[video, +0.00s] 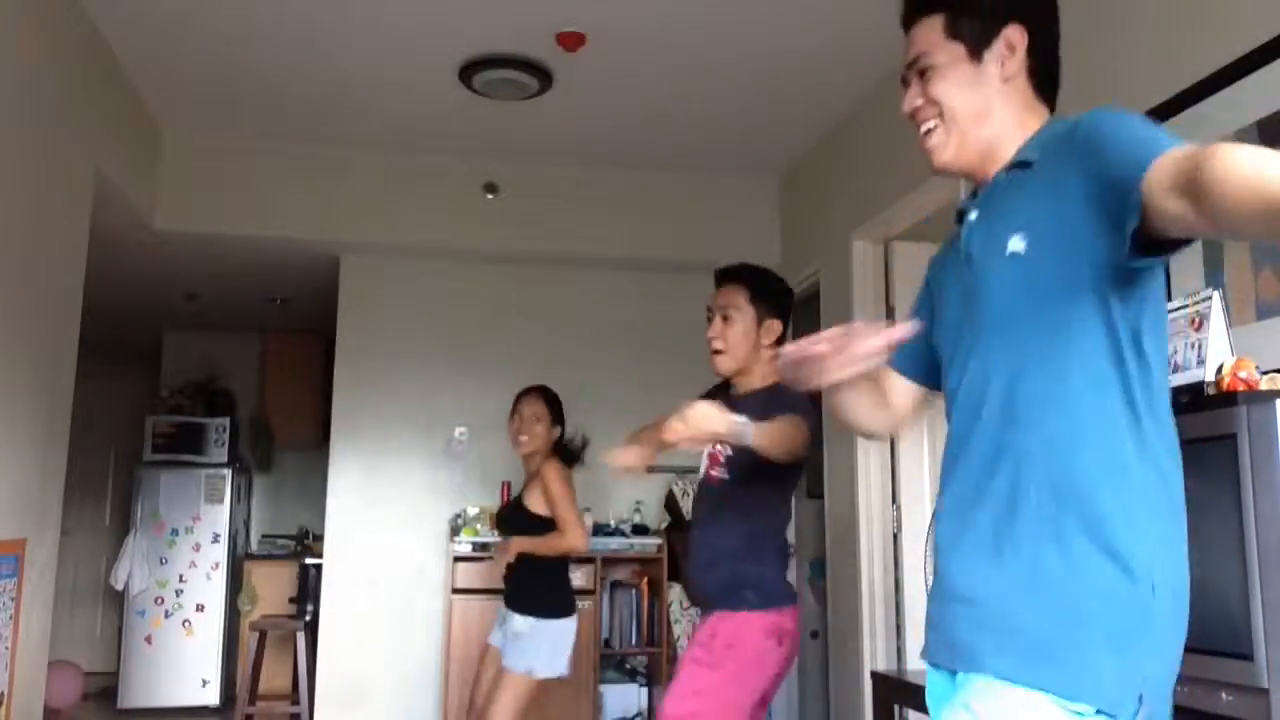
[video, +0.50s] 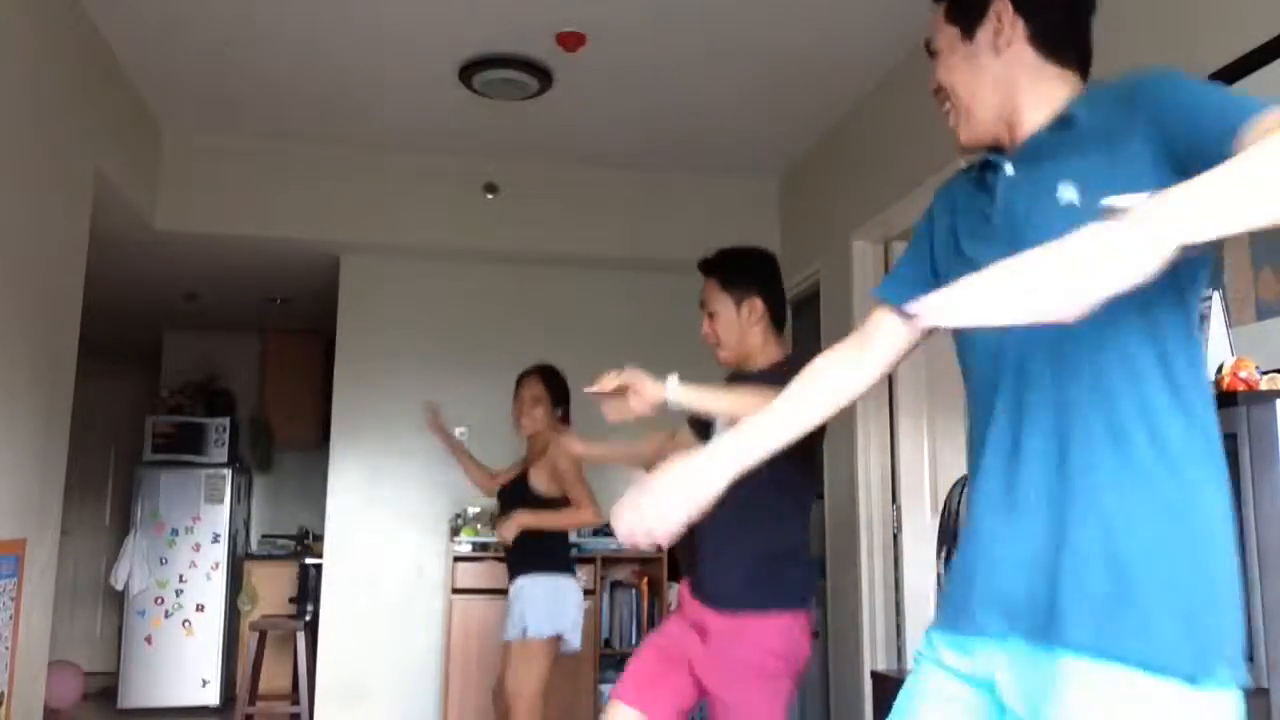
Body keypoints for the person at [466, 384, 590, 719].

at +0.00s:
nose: (522, 426)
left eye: (534, 419)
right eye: (517, 417)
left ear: (555, 431)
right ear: (510, 423)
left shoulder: (551, 470)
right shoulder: (533, 473)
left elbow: (576, 539)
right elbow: (555, 532)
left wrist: (517, 544)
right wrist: (514, 544)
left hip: (542, 618)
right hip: (515, 611)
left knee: (499, 713)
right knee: (479, 707)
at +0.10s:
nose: (522, 409)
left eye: (535, 401)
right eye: (516, 399)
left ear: (554, 414)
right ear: (508, 407)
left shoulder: (553, 454)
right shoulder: (531, 459)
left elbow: (580, 516)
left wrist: (520, 520)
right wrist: (511, 524)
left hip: (540, 597)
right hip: (526, 593)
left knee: (488, 702)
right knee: (504, 699)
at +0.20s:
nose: (523, 391)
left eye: (535, 383)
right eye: (518, 382)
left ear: (555, 396)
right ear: (510, 390)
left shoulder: (551, 440)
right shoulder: (525, 446)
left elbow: (588, 490)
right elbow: (514, 501)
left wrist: (522, 497)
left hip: (542, 574)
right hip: (525, 572)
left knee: (503, 690)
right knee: (511, 689)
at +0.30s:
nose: (521, 403)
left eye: (533, 395)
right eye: (517, 394)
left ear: (555, 408)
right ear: (511, 401)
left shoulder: (548, 446)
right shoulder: (528, 454)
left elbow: (593, 491)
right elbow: (481, 482)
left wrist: (531, 510)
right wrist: (451, 448)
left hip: (541, 582)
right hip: (530, 580)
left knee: (523, 704)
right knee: (503, 695)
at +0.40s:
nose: (520, 424)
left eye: (533, 418)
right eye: (516, 415)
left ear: (554, 429)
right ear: (511, 421)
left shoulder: (550, 466)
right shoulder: (528, 475)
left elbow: (595, 518)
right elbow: (478, 483)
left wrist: (527, 534)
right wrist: (466, 434)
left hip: (543, 596)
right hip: (528, 595)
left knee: (520, 706)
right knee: (505, 701)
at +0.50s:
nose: (524, 410)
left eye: (535, 401)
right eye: (519, 401)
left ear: (556, 408)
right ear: (513, 406)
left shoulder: (559, 449)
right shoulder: (532, 457)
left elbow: (590, 513)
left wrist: (522, 519)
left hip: (545, 585)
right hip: (528, 585)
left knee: (523, 700)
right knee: (506, 696)